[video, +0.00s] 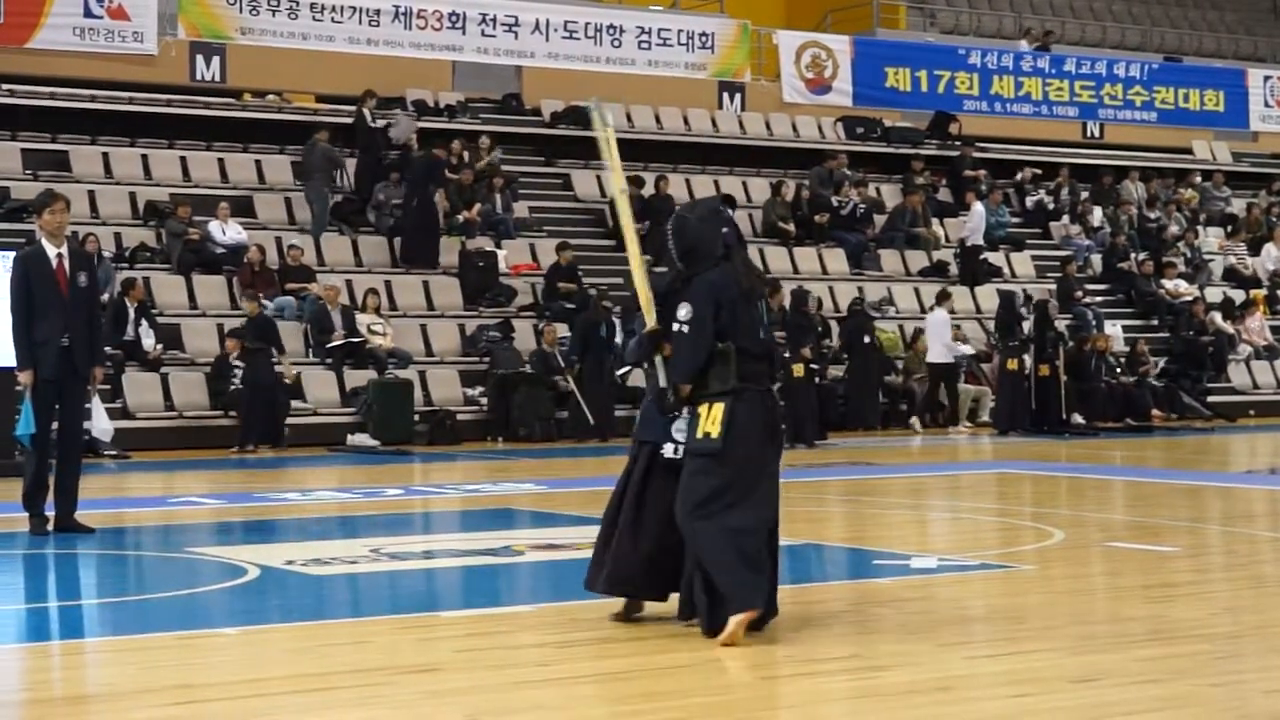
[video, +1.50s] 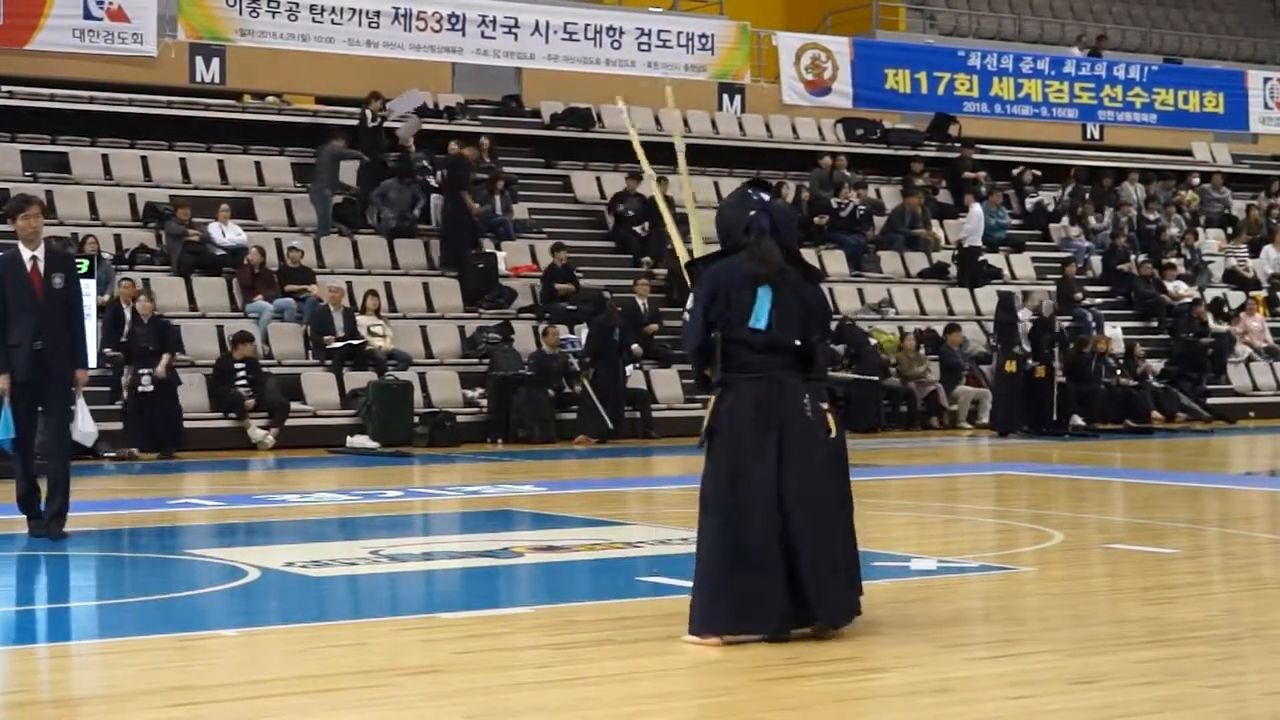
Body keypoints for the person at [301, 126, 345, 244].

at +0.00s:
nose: (327, 137)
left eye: (326, 135)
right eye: (325, 135)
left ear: (315, 135)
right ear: (322, 136)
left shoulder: (307, 148)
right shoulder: (325, 148)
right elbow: (340, 162)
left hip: (309, 185)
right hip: (321, 186)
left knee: (316, 218)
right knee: (321, 220)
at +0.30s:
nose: (326, 142)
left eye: (326, 139)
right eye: (326, 139)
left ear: (316, 138)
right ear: (324, 139)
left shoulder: (308, 149)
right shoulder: (323, 149)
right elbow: (333, 161)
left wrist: (331, 175)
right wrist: (344, 168)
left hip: (309, 185)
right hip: (320, 186)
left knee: (315, 217)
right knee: (324, 218)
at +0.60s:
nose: (329, 142)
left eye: (329, 139)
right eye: (329, 139)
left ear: (319, 137)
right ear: (327, 138)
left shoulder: (310, 149)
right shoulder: (324, 149)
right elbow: (334, 163)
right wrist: (347, 170)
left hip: (309, 188)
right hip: (320, 189)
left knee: (316, 221)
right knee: (323, 221)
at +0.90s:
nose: (333, 141)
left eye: (334, 139)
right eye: (333, 138)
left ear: (322, 137)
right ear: (329, 138)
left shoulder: (314, 148)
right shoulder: (326, 149)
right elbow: (336, 161)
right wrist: (351, 166)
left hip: (311, 188)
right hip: (320, 189)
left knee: (317, 219)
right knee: (323, 219)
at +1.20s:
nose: (337, 141)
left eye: (337, 138)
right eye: (337, 138)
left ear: (326, 135)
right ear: (334, 136)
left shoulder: (317, 148)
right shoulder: (327, 149)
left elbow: (324, 173)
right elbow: (341, 155)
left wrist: (339, 181)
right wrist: (357, 153)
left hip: (316, 189)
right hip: (323, 191)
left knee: (324, 224)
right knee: (324, 225)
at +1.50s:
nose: (344, 146)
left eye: (344, 143)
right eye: (342, 143)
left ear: (332, 141)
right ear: (337, 141)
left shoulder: (324, 152)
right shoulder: (332, 150)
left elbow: (333, 182)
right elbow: (350, 153)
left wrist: (351, 189)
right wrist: (362, 157)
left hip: (317, 191)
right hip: (323, 191)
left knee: (325, 225)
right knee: (324, 226)